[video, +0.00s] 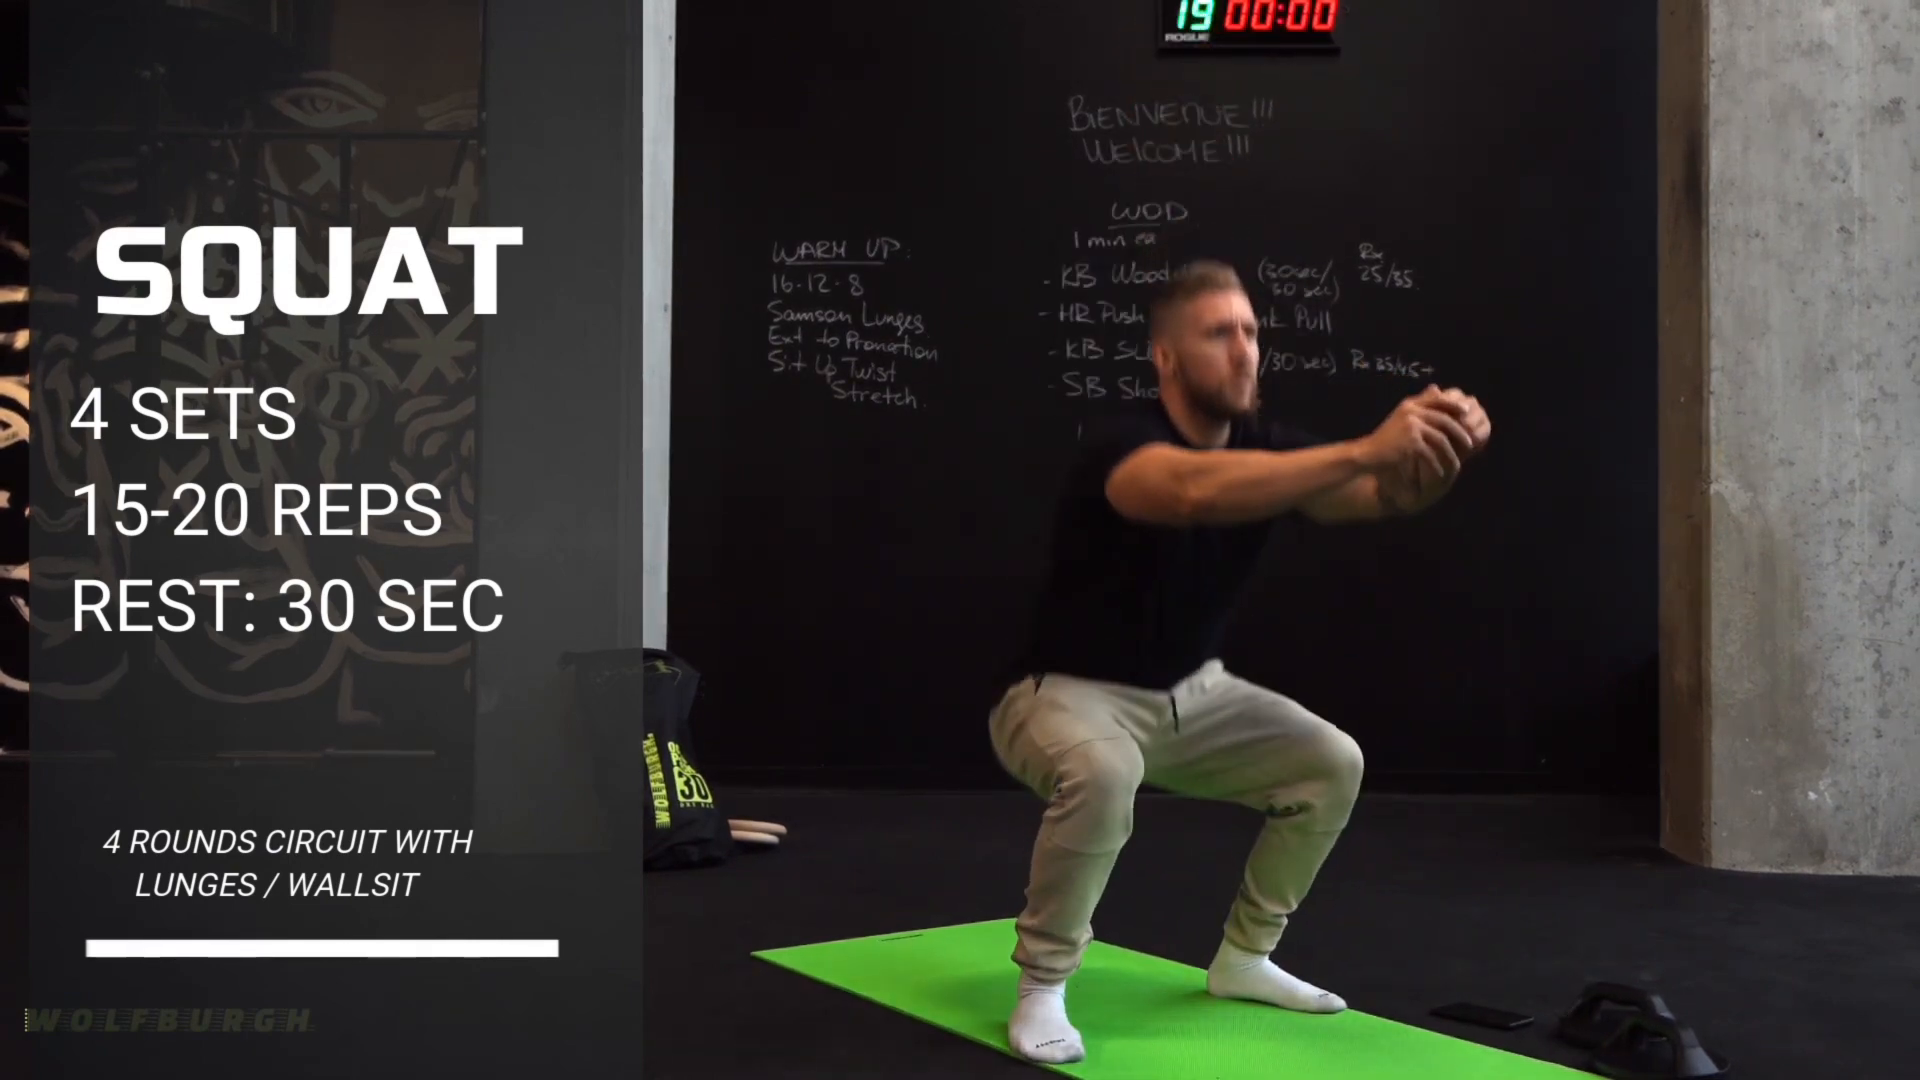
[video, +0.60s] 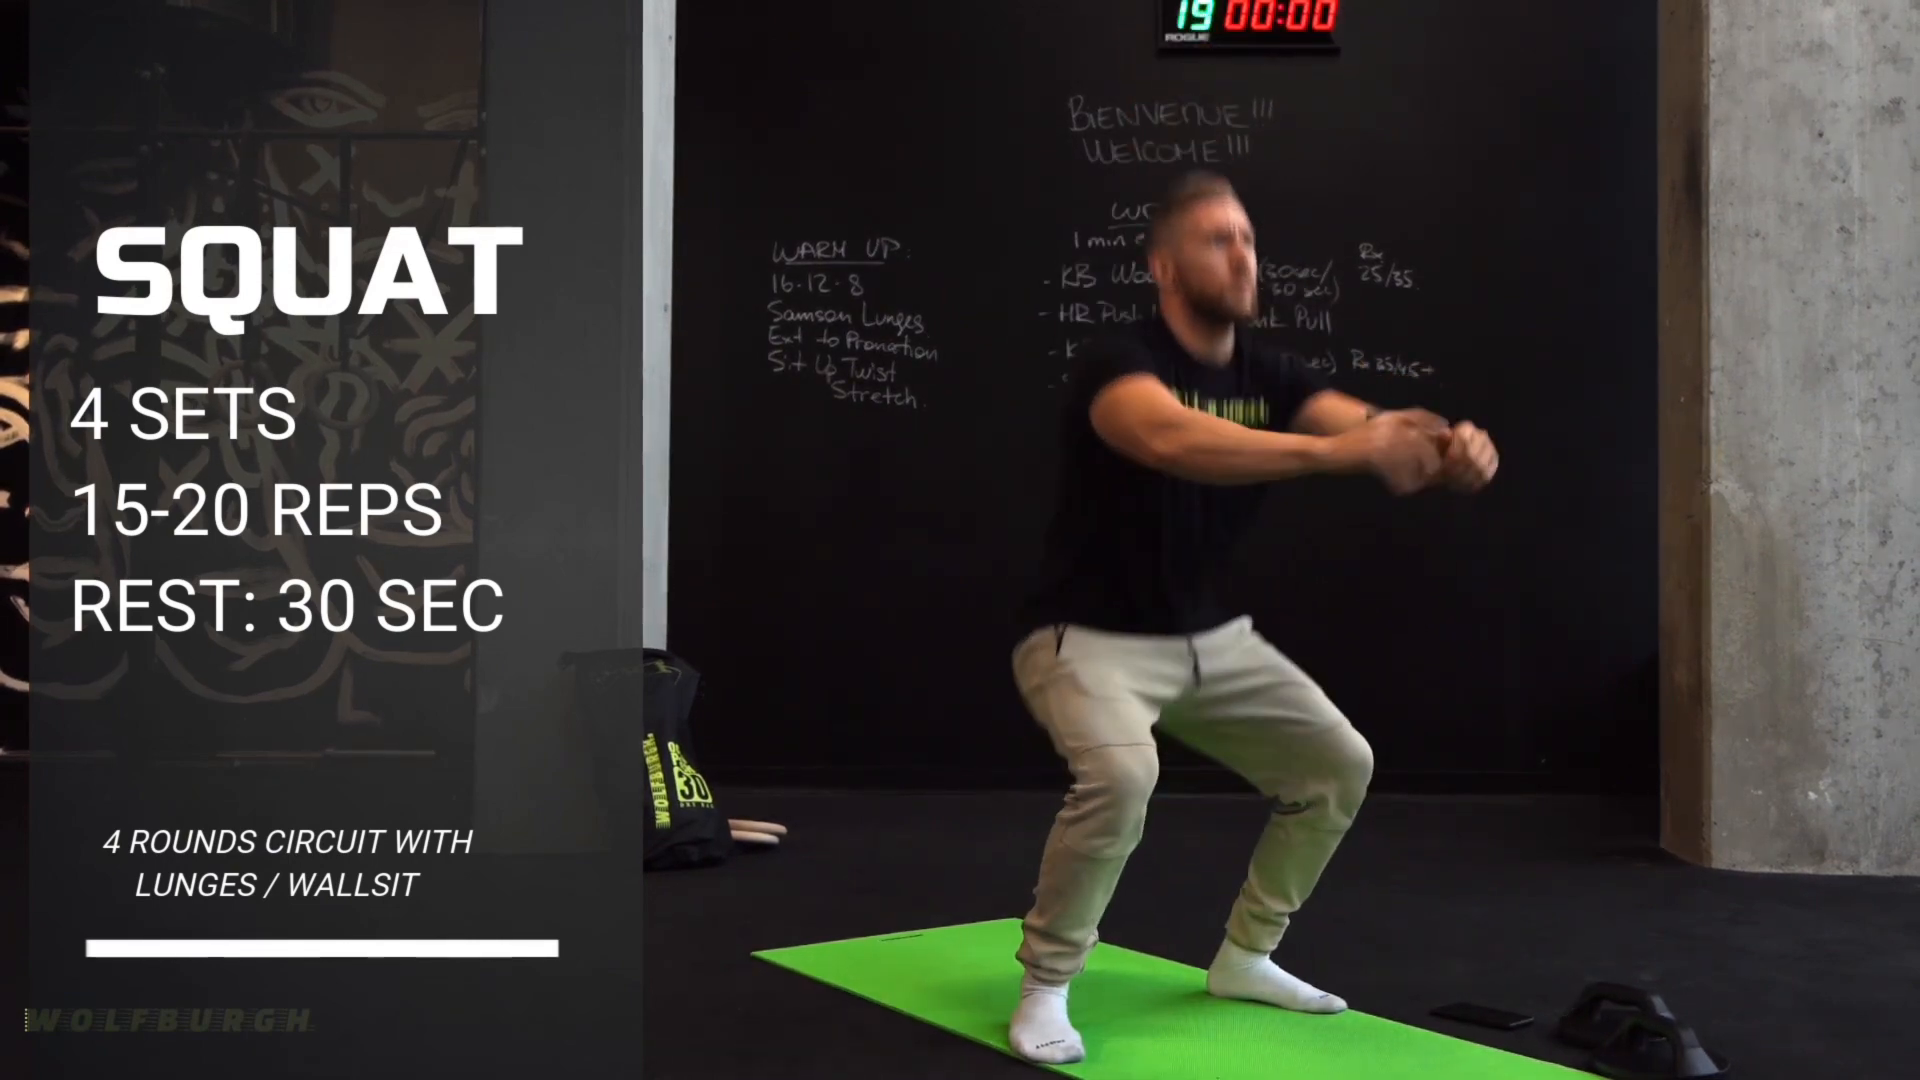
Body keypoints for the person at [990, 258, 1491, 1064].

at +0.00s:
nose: (1244, 350)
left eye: (1251, 333)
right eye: (1220, 335)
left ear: (1259, 349)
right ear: (1165, 358)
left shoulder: (1262, 453)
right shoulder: (1119, 448)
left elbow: (1387, 495)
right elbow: (1196, 492)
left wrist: (1446, 453)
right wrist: (1366, 453)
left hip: (1192, 699)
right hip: (1072, 695)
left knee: (1330, 766)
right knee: (1102, 779)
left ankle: (1242, 963)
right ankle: (1043, 989)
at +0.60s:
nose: (1244, 255)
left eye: (1248, 240)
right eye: (1220, 241)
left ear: (1257, 258)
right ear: (1164, 265)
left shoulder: (1262, 373)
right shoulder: (1115, 363)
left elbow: (1358, 426)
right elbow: (1175, 443)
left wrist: (1443, 449)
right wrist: (1349, 451)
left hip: (1210, 641)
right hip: (1089, 642)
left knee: (1339, 766)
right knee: (1120, 776)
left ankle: (1244, 960)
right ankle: (1045, 986)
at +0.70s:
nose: (1230, 145)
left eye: (1235, 128)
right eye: (1205, 130)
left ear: (1245, 148)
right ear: (1150, 152)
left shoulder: (1262, 278)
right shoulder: (1103, 259)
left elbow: (1342, 383)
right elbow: (1114, 397)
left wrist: (1412, 469)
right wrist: (1228, 494)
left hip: (1227, 578)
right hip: (1107, 575)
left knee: (1310, 756)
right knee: (1115, 763)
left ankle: (1242, 959)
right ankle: (1045, 981)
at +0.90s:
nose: (1222, 61)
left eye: (1226, 45)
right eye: (1197, 46)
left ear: (1233, 71)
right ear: (1144, 76)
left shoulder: (1260, 205)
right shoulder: (1093, 192)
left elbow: (1308, 363)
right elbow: (1044, 357)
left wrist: (1321, 503)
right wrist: (1062, 514)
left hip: (1242, 526)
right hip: (1123, 520)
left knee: (1250, 743)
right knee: (1093, 742)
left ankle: (1239, 955)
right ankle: (1040, 981)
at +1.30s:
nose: (1216, 87)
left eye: (1222, 71)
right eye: (1190, 72)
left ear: (1231, 97)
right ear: (1137, 98)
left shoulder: (1252, 231)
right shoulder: (1090, 212)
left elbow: (1325, 364)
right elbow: (1075, 363)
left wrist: (1368, 484)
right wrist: (1183, 480)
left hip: (1229, 543)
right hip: (1107, 541)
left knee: (1279, 745)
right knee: (1099, 755)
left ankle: (1241, 957)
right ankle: (1041, 983)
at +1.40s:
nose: (1222, 142)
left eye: (1229, 126)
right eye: (1198, 126)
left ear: (1238, 147)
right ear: (1143, 147)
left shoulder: (1254, 279)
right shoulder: (1095, 261)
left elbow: (1342, 377)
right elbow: (1116, 382)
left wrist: (1399, 446)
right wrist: (1271, 444)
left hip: (1210, 577)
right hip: (1091, 573)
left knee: (1302, 755)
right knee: (1099, 760)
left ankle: (1241, 958)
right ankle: (1043, 981)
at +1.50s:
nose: (1234, 254)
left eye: (1240, 237)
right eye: (1211, 238)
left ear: (1248, 254)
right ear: (1157, 255)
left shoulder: (1255, 367)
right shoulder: (1108, 362)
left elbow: (1349, 425)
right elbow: (1167, 426)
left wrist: (1416, 425)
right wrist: (1343, 423)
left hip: (1196, 638)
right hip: (1073, 638)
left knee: (1324, 759)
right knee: (1099, 768)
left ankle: (1242, 961)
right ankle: (1041, 985)